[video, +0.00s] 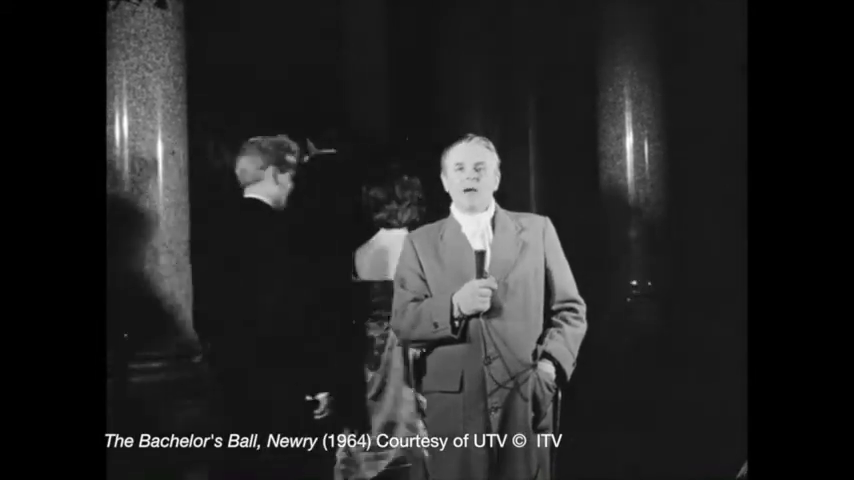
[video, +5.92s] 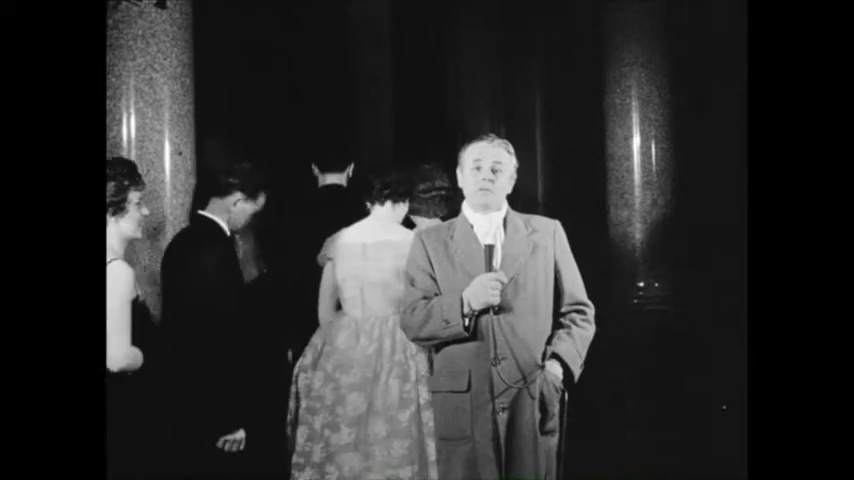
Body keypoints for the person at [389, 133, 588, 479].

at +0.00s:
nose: (470, 174)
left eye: (480, 166)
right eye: (459, 167)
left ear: (497, 178)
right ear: (444, 181)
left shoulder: (537, 231)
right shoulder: (420, 242)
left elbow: (569, 309)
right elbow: (404, 321)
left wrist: (551, 363)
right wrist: (453, 306)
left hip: (523, 399)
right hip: (452, 402)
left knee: (527, 474)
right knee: (453, 473)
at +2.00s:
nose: (480, 186)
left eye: (490, 177)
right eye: (471, 176)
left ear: (510, 180)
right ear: (458, 180)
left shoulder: (549, 230)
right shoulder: (431, 240)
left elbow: (580, 310)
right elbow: (413, 318)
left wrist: (557, 366)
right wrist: (461, 308)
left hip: (531, 397)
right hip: (461, 398)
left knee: (533, 474)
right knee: (460, 474)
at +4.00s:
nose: (470, 185)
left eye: (480, 175)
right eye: (461, 175)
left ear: (499, 181)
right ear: (447, 181)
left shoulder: (538, 231)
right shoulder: (419, 244)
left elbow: (570, 309)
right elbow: (402, 322)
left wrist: (550, 365)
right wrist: (453, 309)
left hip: (525, 398)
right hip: (453, 400)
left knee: (527, 475)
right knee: (456, 474)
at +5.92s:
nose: (485, 175)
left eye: (497, 168)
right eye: (476, 166)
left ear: (513, 181)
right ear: (459, 177)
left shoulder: (547, 233)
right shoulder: (429, 241)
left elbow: (578, 311)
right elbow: (413, 320)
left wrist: (558, 363)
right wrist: (464, 302)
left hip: (532, 398)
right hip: (461, 399)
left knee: (533, 475)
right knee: (465, 474)